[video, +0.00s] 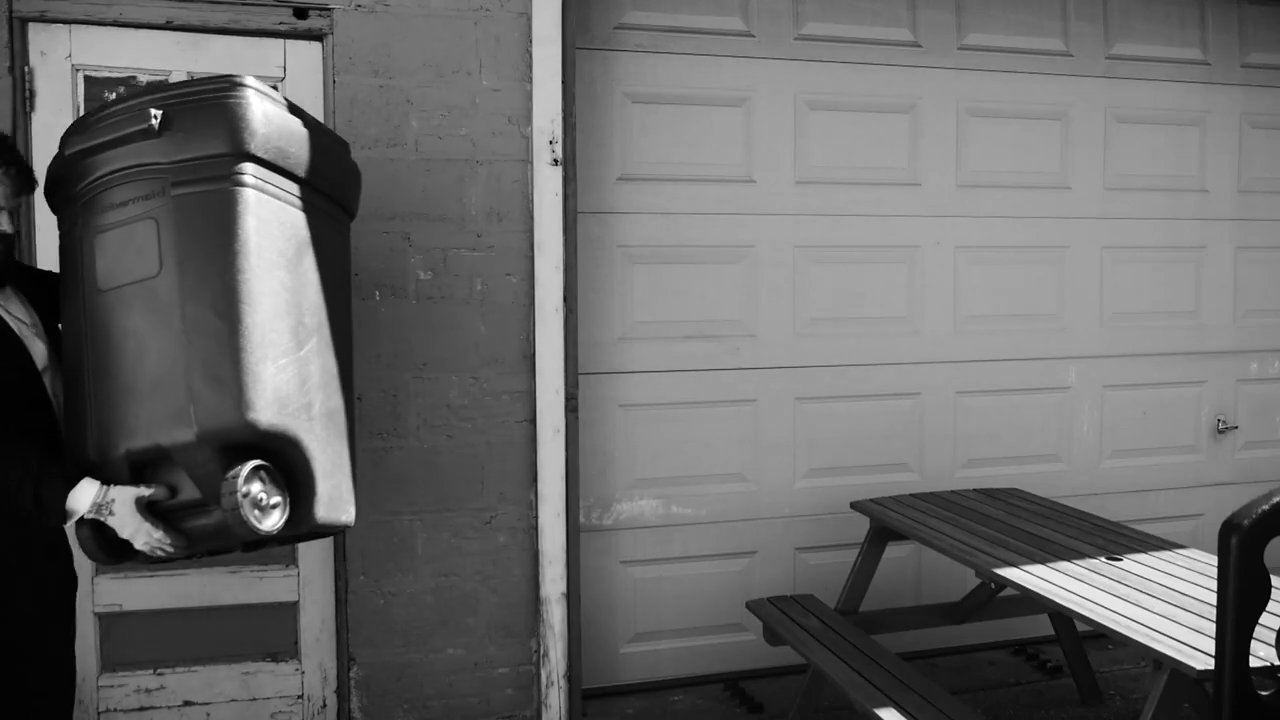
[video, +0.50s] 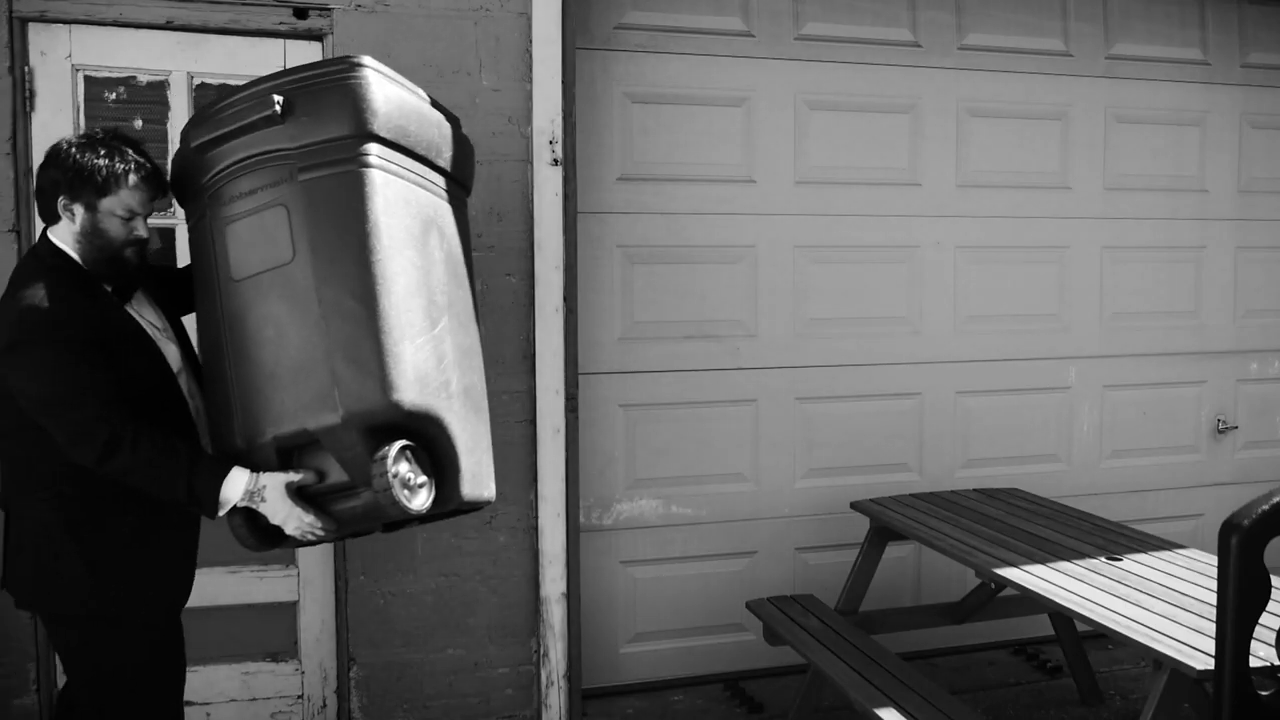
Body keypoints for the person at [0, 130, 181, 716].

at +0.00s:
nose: (13, 224)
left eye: (19, 207)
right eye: (5, 209)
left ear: (29, 207)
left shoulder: (50, 295)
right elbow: (5, 451)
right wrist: (98, 500)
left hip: (45, 563)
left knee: (50, 698)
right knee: (23, 697)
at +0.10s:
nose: (37, 223)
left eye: (43, 207)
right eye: (20, 208)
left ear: (52, 203)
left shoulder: (71, 286)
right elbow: (6, 433)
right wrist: (118, 487)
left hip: (65, 541)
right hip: (8, 545)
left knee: (57, 696)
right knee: (19, 697)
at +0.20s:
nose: (63, 220)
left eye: (71, 205)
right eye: (47, 204)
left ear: (79, 201)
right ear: (3, 199)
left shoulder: (87, 281)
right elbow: (16, 430)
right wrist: (145, 479)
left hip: (82, 535)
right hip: (18, 541)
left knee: (74, 692)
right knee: (31, 695)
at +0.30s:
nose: (90, 222)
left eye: (96, 207)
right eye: (74, 205)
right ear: (17, 198)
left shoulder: (97, 278)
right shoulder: (2, 285)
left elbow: (197, 280)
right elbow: (37, 428)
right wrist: (169, 476)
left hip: (97, 538)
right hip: (34, 549)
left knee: (84, 691)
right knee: (88, 695)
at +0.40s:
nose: (116, 226)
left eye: (121, 210)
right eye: (100, 210)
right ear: (44, 202)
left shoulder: (108, 278)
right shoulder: (14, 290)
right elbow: (70, 431)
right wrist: (206, 480)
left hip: (117, 550)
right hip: (60, 562)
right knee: (108, 702)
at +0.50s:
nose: (144, 232)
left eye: (147, 216)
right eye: (126, 218)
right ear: (69, 211)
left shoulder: (122, 274)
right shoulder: (40, 311)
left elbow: (213, 282)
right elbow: (108, 444)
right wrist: (245, 488)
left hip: (144, 551)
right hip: (95, 569)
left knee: (141, 697)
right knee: (132, 703)